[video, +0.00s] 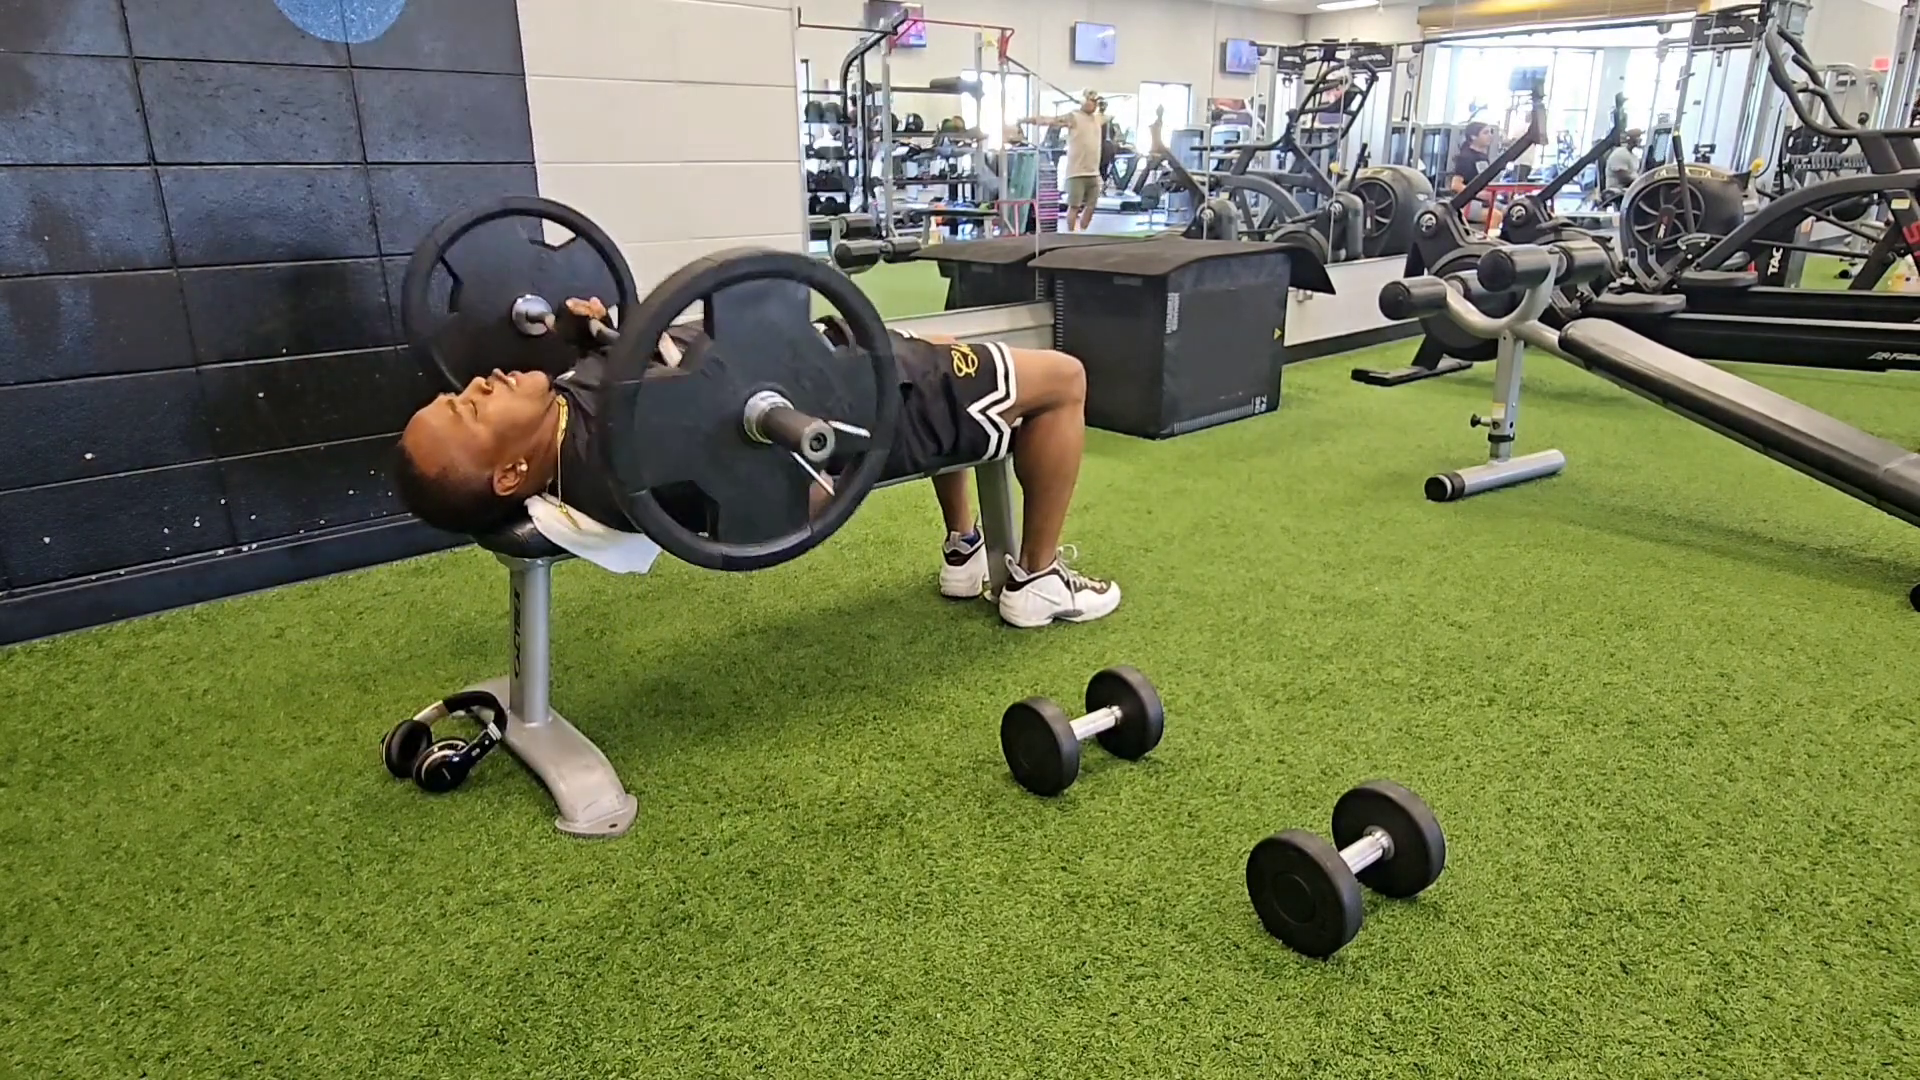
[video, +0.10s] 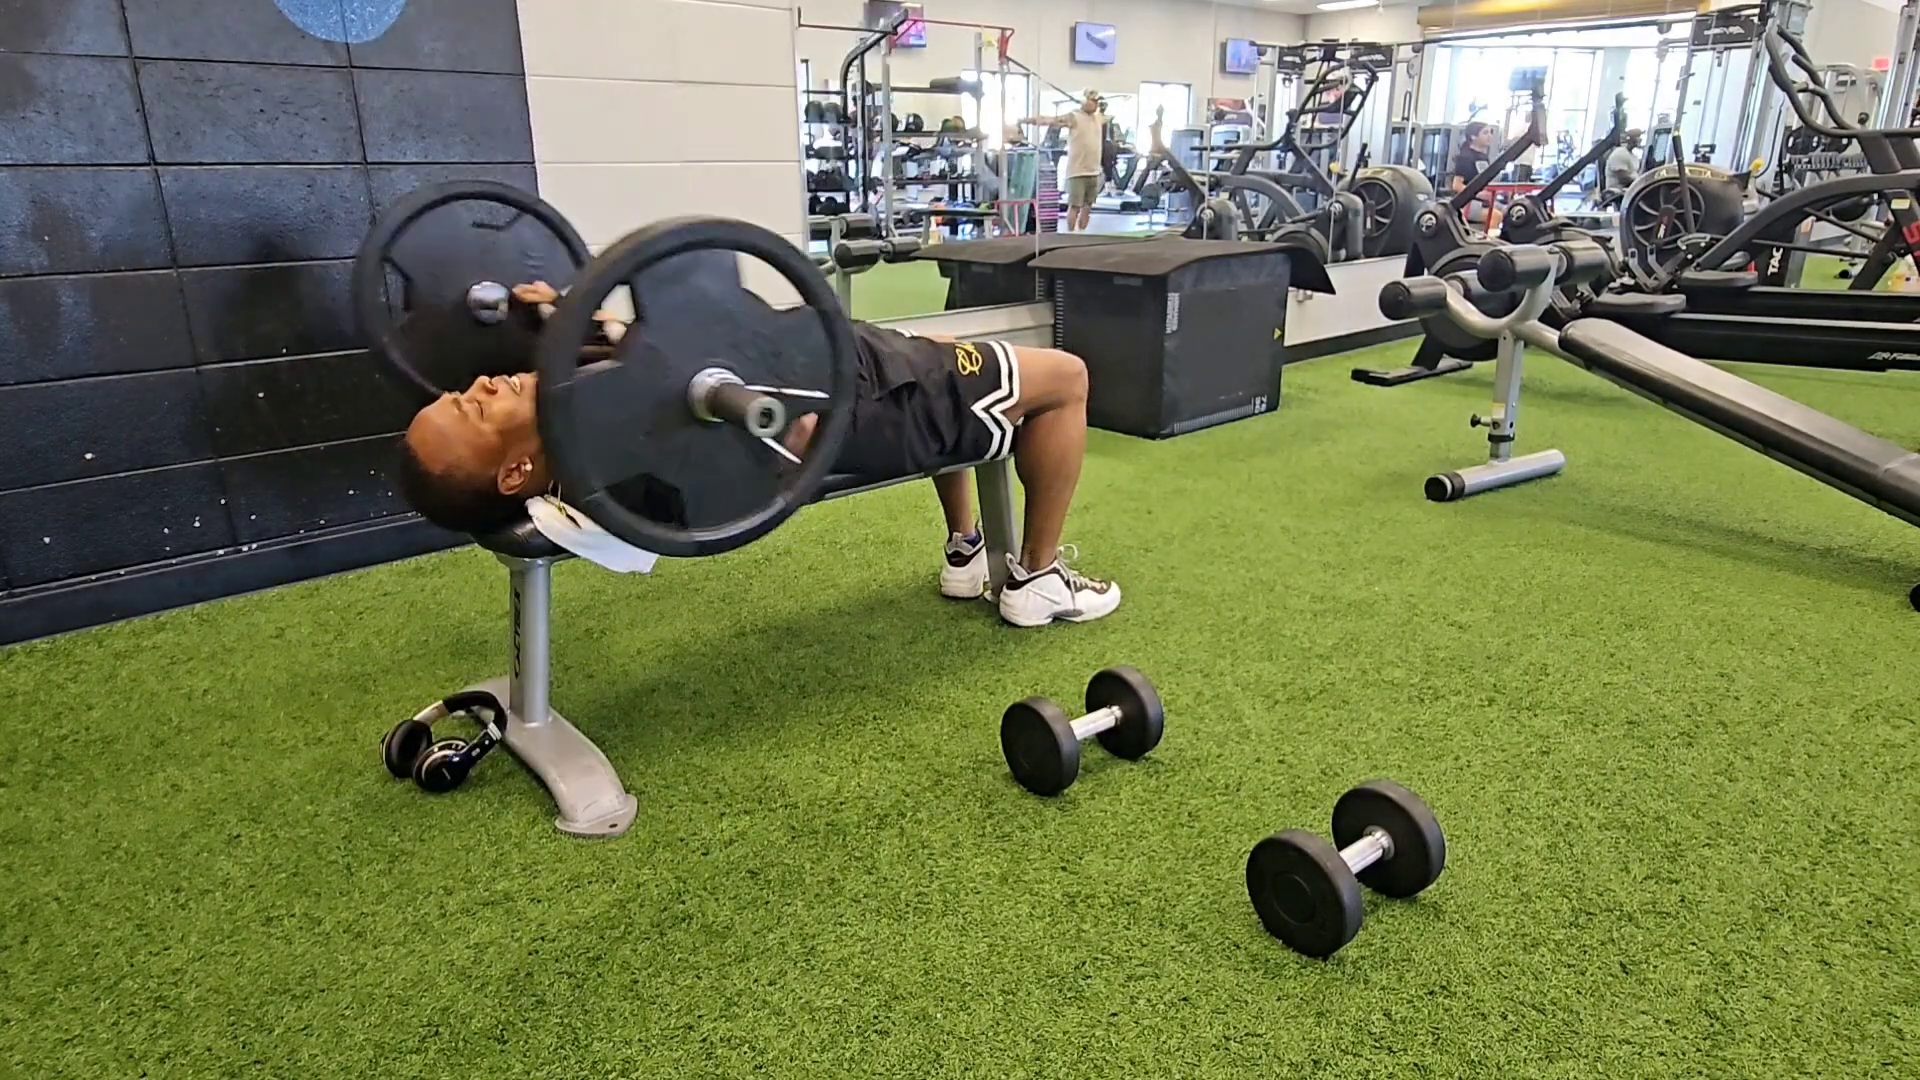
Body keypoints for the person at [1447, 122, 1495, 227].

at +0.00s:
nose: (1490, 135)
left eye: (1490, 132)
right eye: (1485, 132)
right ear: (1473, 137)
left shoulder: (1484, 156)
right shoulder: (1466, 156)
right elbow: (1456, 185)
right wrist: (1479, 194)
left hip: (1485, 201)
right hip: (1468, 202)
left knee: (1509, 212)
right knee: (1496, 216)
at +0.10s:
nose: (1490, 136)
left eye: (1490, 132)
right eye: (1485, 133)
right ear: (1473, 137)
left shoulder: (1484, 157)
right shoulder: (1465, 156)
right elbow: (1457, 185)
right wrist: (1479, 194)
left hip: (1485, 201)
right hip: (1468, 203)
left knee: (1507, 211)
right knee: (1496, 216)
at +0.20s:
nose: (1489, 136)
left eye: (1489, 132)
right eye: (1484, 133)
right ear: (1472, 137)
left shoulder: (1484, 157)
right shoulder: (1465, 156)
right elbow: (1457, 185)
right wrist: (1479, 194)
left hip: (1486, 201)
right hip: (1468, 203)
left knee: (1508, 211)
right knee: (1496, 216)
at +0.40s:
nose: (1488, 136)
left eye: (1488, 132)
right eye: (1483, 133)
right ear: (1471, 137)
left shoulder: (1484, 157)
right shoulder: (1464, 157)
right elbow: (1455, 185)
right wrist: (1479, 194)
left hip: (1486, 201)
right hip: (1469, 202)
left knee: (1507, 211)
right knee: (1496, 214)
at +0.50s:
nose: (1488, 136)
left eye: (1488, 132)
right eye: (1483, 133)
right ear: (1471, 137)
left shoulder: (1484, 156)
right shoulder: (1464, 157)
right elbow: (1455, 185)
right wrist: (1480, 195)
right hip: (1469, 203)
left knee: (1508, 212)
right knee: (1496, 215)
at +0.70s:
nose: (1489, 136)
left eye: (1490, 132)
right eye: (1485, 133)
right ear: (1473, 137)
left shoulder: (1485, 156)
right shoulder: (1465, 157)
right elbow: (1454, 185)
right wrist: (1478, 195)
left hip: (1488, 201)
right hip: (1469, 202)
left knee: (1508, 212)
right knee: (1496, 215)